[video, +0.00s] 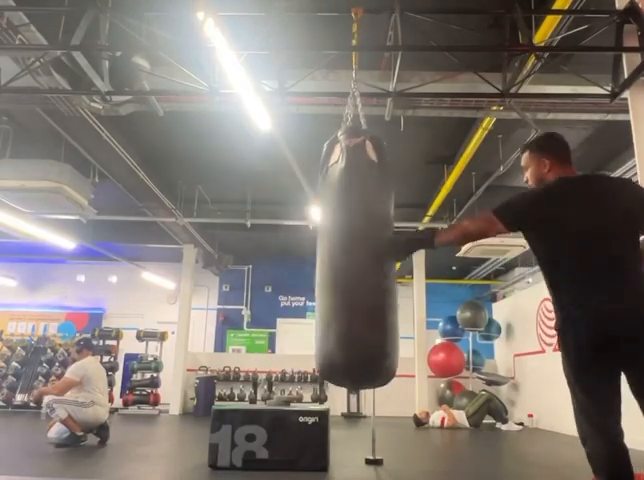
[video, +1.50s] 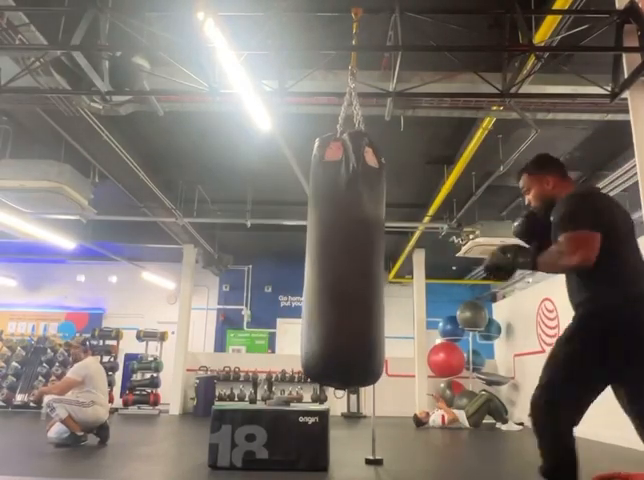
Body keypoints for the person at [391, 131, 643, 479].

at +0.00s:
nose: (526, 179)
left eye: (527, 169)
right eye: (524, 171)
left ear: (546, 163)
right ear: (565, 162)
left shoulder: (535, 202)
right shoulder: (625, 190)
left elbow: (470, 229)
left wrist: (421, 240)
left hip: (586, 333)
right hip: (637, 323)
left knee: (602, 434)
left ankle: (617, 476)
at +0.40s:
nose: (549, 177)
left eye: (553, 167)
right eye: (548, 169)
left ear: (577, 162)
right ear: (585, 164)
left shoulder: (568, 195)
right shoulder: (635, 196)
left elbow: (515, 237)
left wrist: (473, 253)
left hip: (594, 332)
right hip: (640, 328)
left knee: (593, 426)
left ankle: (614, 476)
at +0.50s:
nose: (561, 176)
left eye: (564, 167)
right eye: (559, 169)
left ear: (590, 161)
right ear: (597, 164)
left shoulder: (588, 189)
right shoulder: (636, 193)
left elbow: (577, 239)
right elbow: (632, 255)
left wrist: (532, 277)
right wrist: (585, 279)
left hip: (607, 324)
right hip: (640, 320)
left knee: (595, 423)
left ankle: (615, 475)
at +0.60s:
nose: (572, 185)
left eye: (576, 175)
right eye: (571, 178)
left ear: (604, 169)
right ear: (608, 172)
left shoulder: (612, 197)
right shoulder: (629, 197)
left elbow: (626, 247)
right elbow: (630, 255)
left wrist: (591, 308)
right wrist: (596, 281)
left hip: (630, 331)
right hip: (631, 329)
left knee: (598, 427)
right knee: (602, 426)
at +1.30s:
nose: (548, 196)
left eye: (549, 185)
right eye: (545, 189)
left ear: (573, 174)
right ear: (575, 176)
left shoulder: (611, 196)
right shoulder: (604, 200)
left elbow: (622, 252)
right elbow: (611, 251)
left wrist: (564, 259)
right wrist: (571, 247)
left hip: (633, 318)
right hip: (626, 317)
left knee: (625, 405)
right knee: (624, 401)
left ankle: (628, 469)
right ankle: (626, 466)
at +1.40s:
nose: (537, 195)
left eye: (537, 185)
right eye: (534, 188)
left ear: (560, 173)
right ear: (564, 174)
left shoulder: (588, 195)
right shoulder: (611, 193)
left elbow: (592, 249)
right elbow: (591, 255)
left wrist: (535, 262)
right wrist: (555, 234)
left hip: (618, 320)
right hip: (635, 316)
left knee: (595, 416)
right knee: (639, 404)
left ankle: (607, 473)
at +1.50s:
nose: (527, 201)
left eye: (528, 191)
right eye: (524, 194)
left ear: (549, 181)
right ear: (555, 181)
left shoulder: (576, 203)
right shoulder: (603, 202)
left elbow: (580, 253)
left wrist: (525, 259)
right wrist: (540, 242)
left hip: (603, 324)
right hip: (632, 321)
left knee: (549, 409)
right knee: (640, 410)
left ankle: (558, 475)